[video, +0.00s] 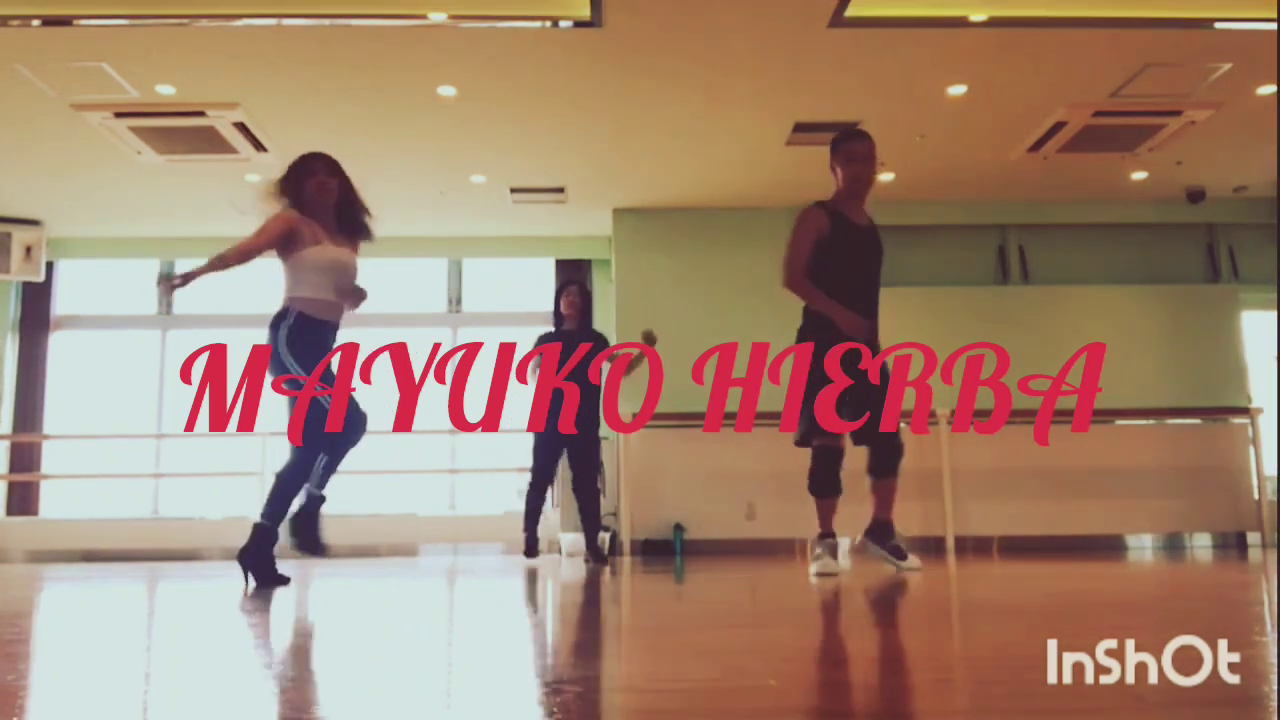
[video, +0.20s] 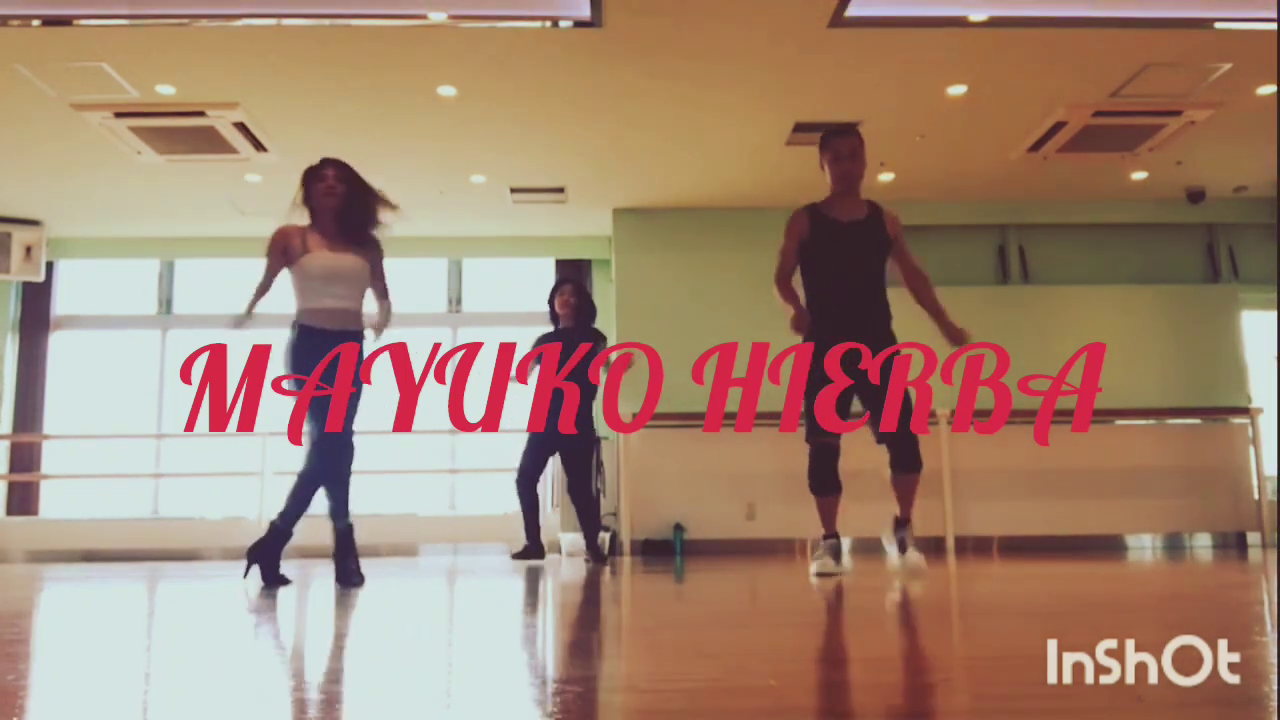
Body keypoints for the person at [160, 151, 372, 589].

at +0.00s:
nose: (323, 184)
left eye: (329, 177)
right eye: (313, 179)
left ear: (342, 186)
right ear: (297, 189)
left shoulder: (346, 233)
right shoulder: (292, 222)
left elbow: (332, 281)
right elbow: (246, 250)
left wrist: (352, 295)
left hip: (320, 342)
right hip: (293, 336)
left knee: (309, 448)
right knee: (349, 421)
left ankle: (260, 543)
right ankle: (308, 512)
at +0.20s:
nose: (331, 185)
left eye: (338, 180)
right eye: (322, 180)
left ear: (350, 193)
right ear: (307, 192)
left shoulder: (366, 244)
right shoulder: (291, 237)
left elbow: (381, 292)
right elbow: (267, 281)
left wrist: (383, 318)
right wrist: (248, 311)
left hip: (350, 347)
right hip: (309, 345)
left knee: (328, 450)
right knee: (337, 448)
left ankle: (272, 541)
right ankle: (345, 543)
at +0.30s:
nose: (333, 188)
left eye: (342, 182)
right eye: (325, 182)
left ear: (356, 195)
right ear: (313, 194)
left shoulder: (376, 247)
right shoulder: (298, 245)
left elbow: (389, 306)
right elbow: (284, 304)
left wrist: (397, 337)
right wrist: (270, 345)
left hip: (361, 353)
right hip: (317, 352)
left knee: (356, 460)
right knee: (336, 450)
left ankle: (305, 535)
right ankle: (346, 545)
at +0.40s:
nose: (340, 190)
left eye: (348, 185)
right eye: (331, 184)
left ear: (361, 196)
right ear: (319, 196)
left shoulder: (382, 250)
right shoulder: (302, 248)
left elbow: (393, 308)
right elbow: (290, 311)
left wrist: (409, 323)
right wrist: (281, 320)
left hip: (371, 354)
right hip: (325, 355)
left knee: (377, 454)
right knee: (337, 451)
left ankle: (360, 536)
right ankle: (346, 545)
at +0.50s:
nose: (342, 179)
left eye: (351, 173)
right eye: (334, 172)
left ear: (363, 181)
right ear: (323, 181)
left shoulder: (379, 226)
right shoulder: (309, 228)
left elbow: (409, 276)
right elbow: (286, 278)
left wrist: (395, 239)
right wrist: (286, 233)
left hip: (375, 336)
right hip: (329, 338)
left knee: (377, 445)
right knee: (337, 443)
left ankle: (374, 542)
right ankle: (343, 542)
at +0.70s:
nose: (346, 187)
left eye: (354, 180)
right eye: (337, 181)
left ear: (369, 188)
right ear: (325, 193)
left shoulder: (385, 227)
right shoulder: (320, 229)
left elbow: (409, 174)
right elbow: (285, 175)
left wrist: (425, 122)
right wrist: (257, 122)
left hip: (383, 341)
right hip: (334, 342)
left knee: (406, 448)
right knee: (297, 449)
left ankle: (436, 544)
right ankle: (255, 536)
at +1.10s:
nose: (338, 203)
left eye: (345, 195)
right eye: (329, 196)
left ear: (359, 204)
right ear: (315, 204)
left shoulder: (367, 243)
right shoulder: (304, 238)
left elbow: (377, 181)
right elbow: (307, 175)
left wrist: (358, 133)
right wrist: (330, 119)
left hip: (376, 352)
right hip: (328, 358)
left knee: (410, 454)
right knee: (284, 459)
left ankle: (443, 543)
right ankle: (236, 547)